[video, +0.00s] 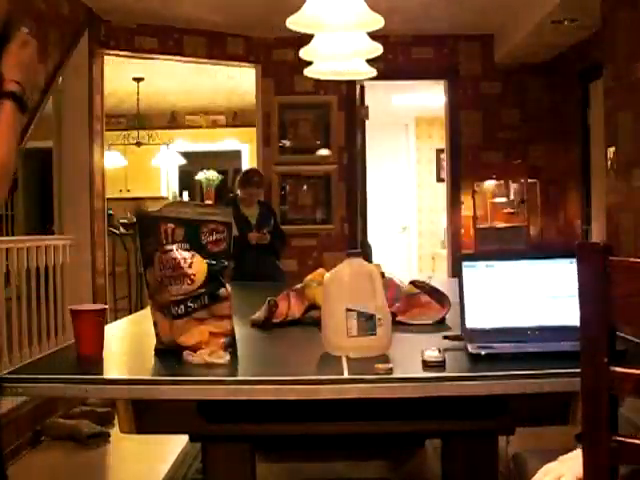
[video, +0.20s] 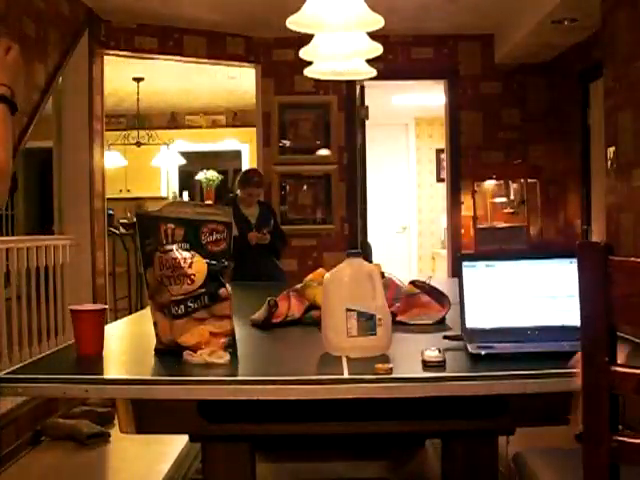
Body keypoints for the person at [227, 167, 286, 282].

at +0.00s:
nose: (253, 199)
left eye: (256, 195)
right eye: (249, 195)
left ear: (261, 192)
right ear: (240, 191)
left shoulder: (266, 208)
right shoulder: (230, 207)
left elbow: (281, 239)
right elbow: (224, 242)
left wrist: (269, 239)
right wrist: (246, 238)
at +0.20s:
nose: (253, 200)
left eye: (257, 195)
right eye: (249, 195)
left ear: (262, 192)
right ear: (240, 190)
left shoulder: (266, 209)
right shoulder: (229, 207)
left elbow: (282, 239)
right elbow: (224, 243)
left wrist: (269, 239)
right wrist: (246, 239)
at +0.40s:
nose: (253, 200)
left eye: (257, 196)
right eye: (249, 195)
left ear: (262, 192)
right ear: (240, 190)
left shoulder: (266, 209)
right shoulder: (229, 207)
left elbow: (282, 239)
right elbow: (224, 243)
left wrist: (269, 239)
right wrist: (246, 240)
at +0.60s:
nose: (253, 200)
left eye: (257, 196)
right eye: (249, 195)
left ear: (262, 192)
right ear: (240, 190)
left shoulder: (266, 209)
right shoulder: (229, 208)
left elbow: (282, 239)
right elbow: (225, 244)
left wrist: (269, 239)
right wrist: (247, 239)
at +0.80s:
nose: (253, 200)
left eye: (257, 196)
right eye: (249, 195)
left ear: (262, 192)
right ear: (240, 190)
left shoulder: (266, 208)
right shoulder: (229, 208)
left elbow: (282, 240)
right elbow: (224, 244)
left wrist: (269, 240)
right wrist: (247, 239)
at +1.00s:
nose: (253, 200)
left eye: (257, 196)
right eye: (249, 195)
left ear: (262, 192)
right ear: (240, 190)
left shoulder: (266, 208)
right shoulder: (229, 208)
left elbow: (282, 240)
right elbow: (224, 244)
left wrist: (269, 239)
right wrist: (246, 239)